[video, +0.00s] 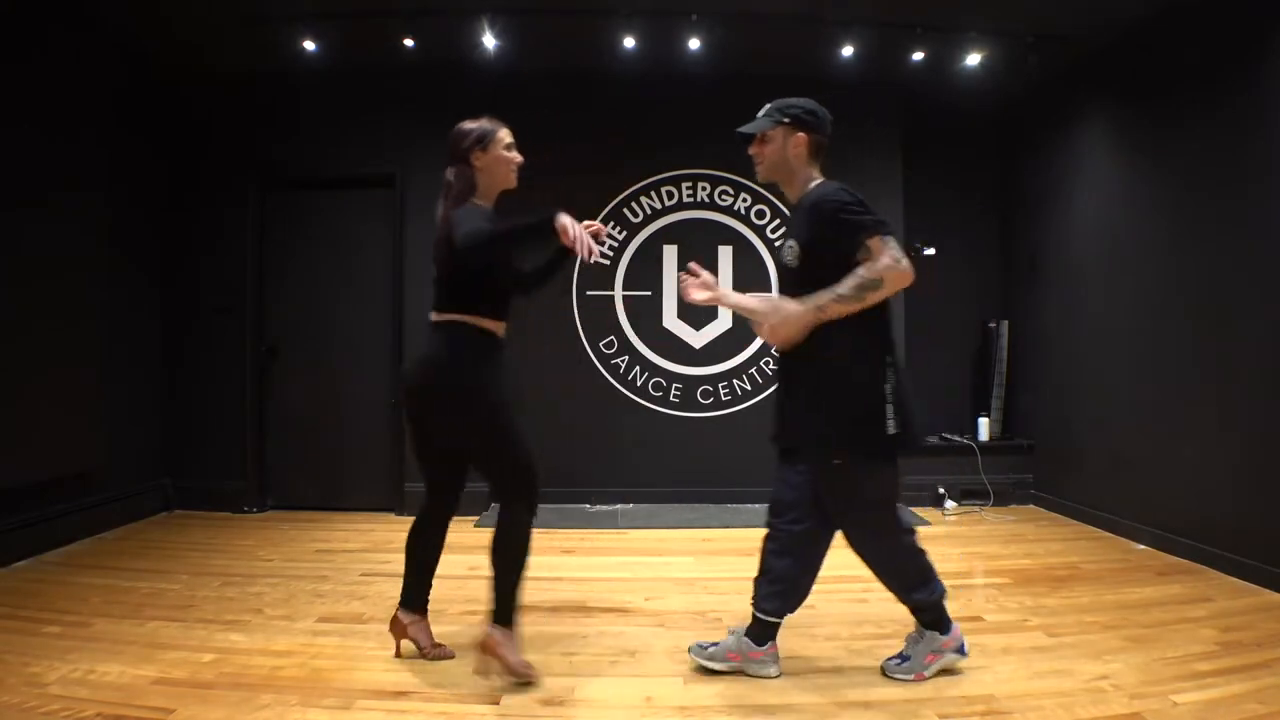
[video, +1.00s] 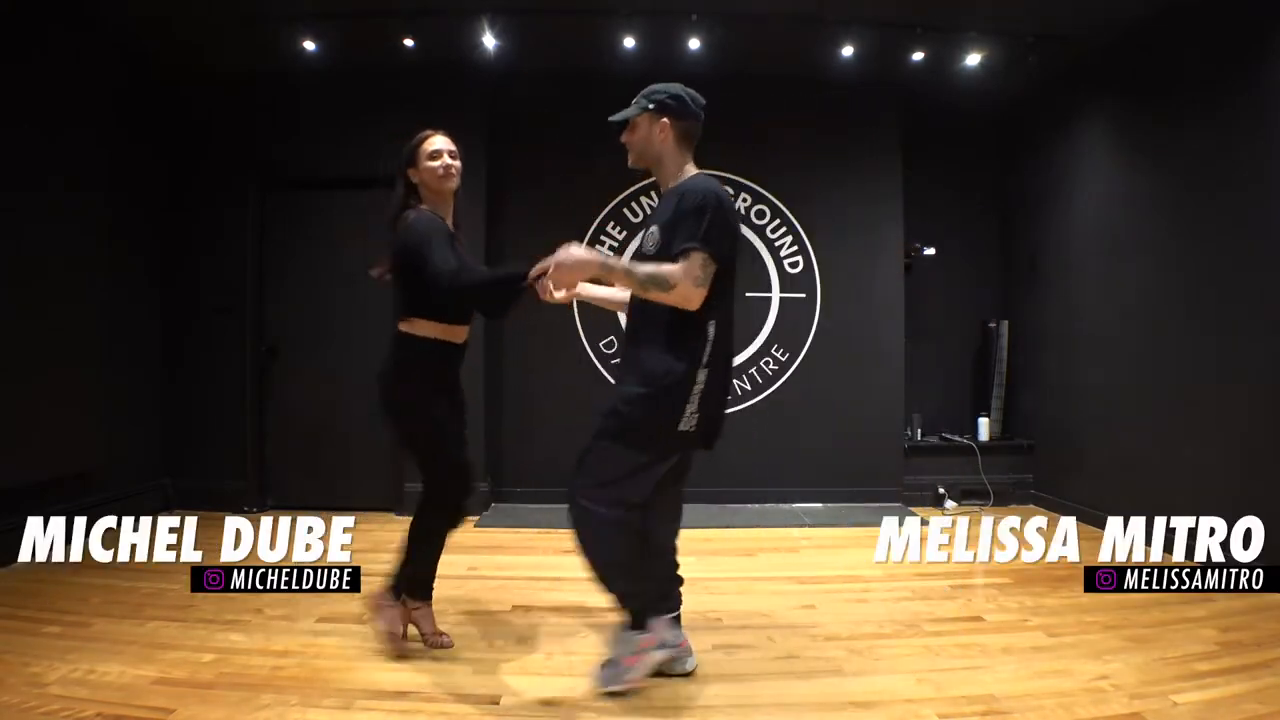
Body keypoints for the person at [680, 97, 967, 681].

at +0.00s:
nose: (753, 151)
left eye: (762, 139)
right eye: (753, 141)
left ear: (797, 139)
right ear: (790, 143)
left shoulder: (831, 202)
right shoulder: (802, 219)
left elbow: (895, 267)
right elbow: (794, 313)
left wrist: (809, 310)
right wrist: (722, 295)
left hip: (851, 403)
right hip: (812, 403)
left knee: (872, 520)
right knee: (793, 522)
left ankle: (939, 631)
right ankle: (758, 639)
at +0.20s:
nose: (714, 149)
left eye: (722, 137)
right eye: (714, 138)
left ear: (756, 136)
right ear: (751, 138)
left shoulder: (800, 198)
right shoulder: (755, 214)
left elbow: (808, 286)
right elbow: (746, 316)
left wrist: (733, 265)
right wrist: (673, 320)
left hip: (794, 389)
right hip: (758, 388)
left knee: (753, 512)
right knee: (742, 510)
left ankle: (841, 607)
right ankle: (754, 641)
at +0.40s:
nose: (667, 165)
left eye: (673, 151)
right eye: (666, 154)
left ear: (707, 141)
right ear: (707, 146)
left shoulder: (738, 214)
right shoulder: (727, 215)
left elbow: (719, 314)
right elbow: (703, 311)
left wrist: (623, 313)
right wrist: (626, 308)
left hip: (708, 412)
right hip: (702, 409)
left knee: (647, 526)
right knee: (691, 531)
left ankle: (583, 655)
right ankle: (745, 636)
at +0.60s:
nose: (630, 171)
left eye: (632, 156)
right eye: (626, 161)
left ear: (663, 141)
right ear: (668, 144)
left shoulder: (689, 212)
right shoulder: (705, 210)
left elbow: (634, 300)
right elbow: (669, 307)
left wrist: (545, 281)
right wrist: (601, 313)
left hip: (650, 398)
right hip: (662, 395)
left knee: (597, 504)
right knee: (606, 492)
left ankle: (570, 658)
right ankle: (660, 591)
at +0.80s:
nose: (617, 165)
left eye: (622, 151)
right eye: (615, 154)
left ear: (654, 142)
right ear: (659, 145)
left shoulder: (682, 213)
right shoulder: (676, 211)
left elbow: (637, 307)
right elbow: (643, 303)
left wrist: (558, 296)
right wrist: (581, 290)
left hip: (632, 394)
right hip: (627, 391)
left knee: (575, 511)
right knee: (584, 511)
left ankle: (564, 658)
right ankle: (653, 622)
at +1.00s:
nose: (624, 138)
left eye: (631, 127)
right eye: (626, 128)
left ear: (662, 127)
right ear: (661, 130)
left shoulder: (703, 195)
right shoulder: (672, 204)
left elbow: (691, 287)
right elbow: (644, 297)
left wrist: (599, 264)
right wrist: (580, 289)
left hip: (674, 391)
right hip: (663, 388)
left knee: (595, 496)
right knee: (653, 508)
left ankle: (646, 625)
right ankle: (667, 636)